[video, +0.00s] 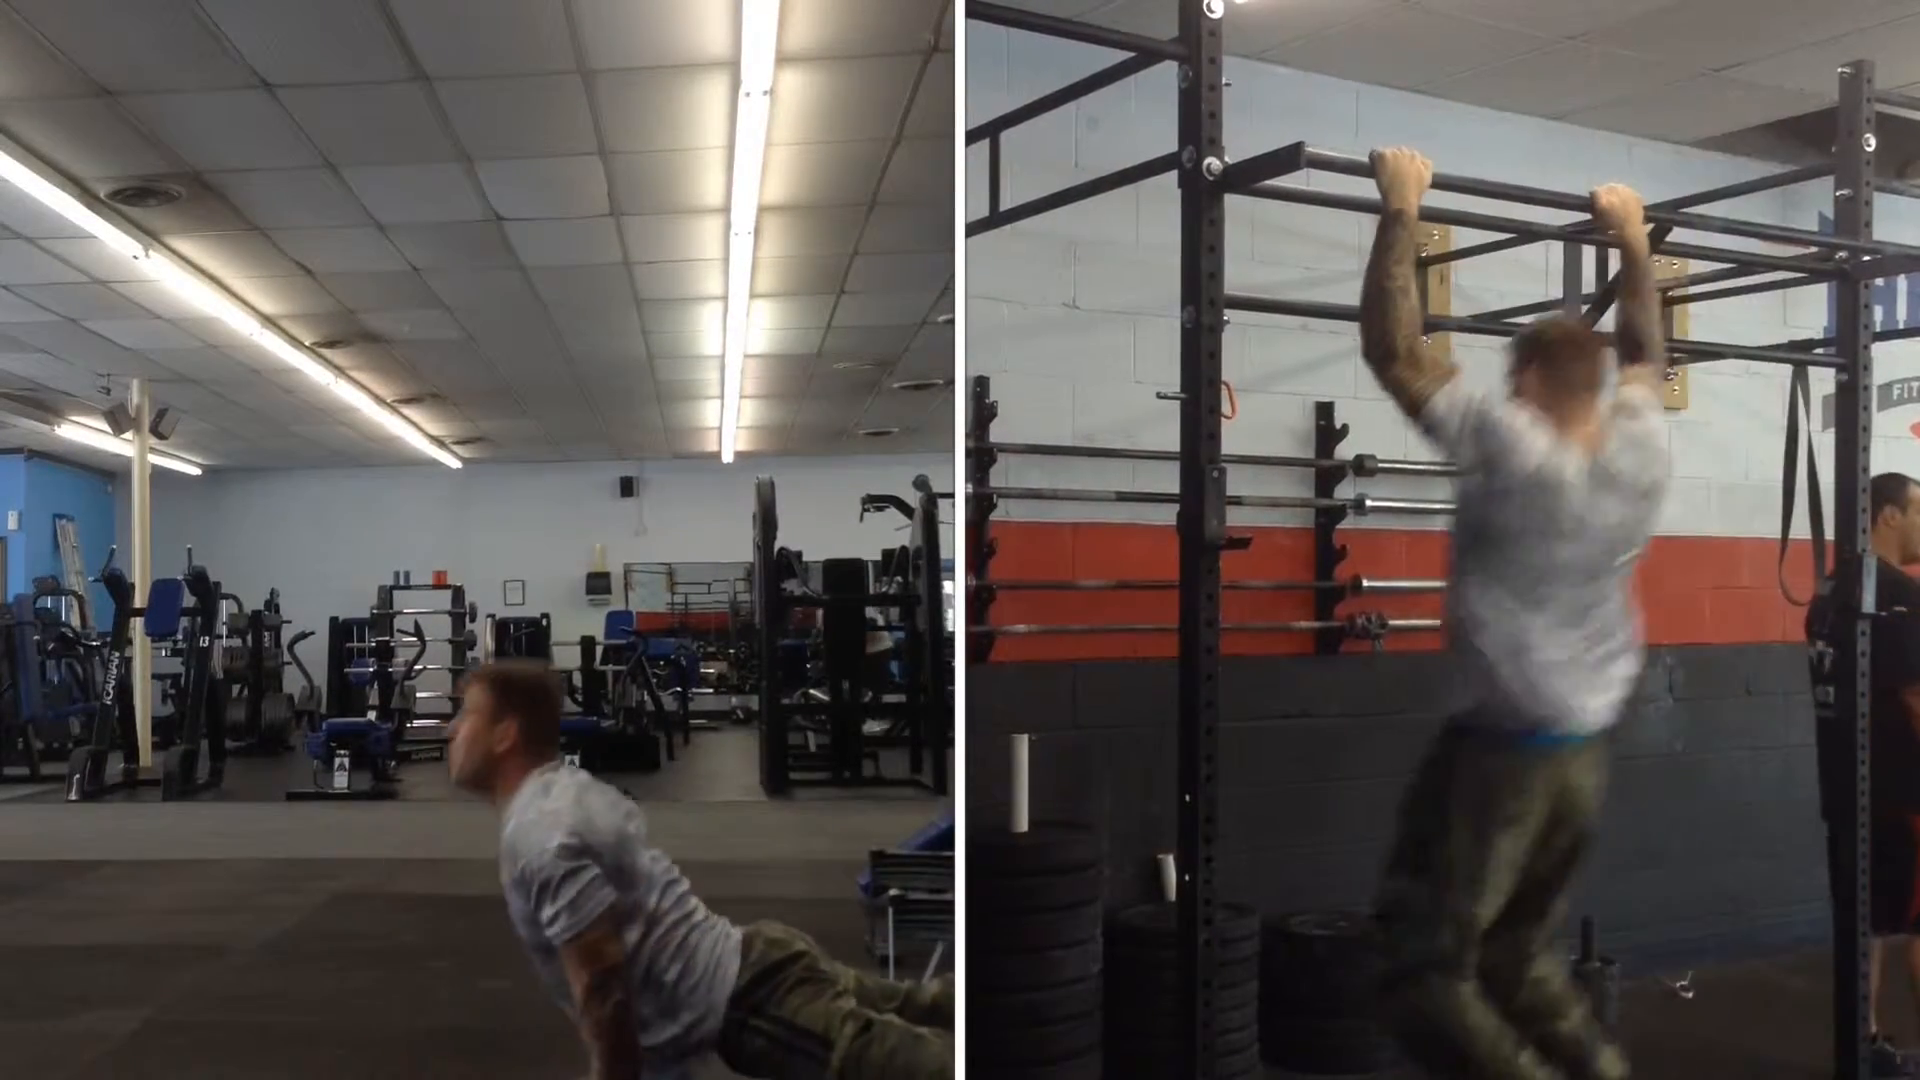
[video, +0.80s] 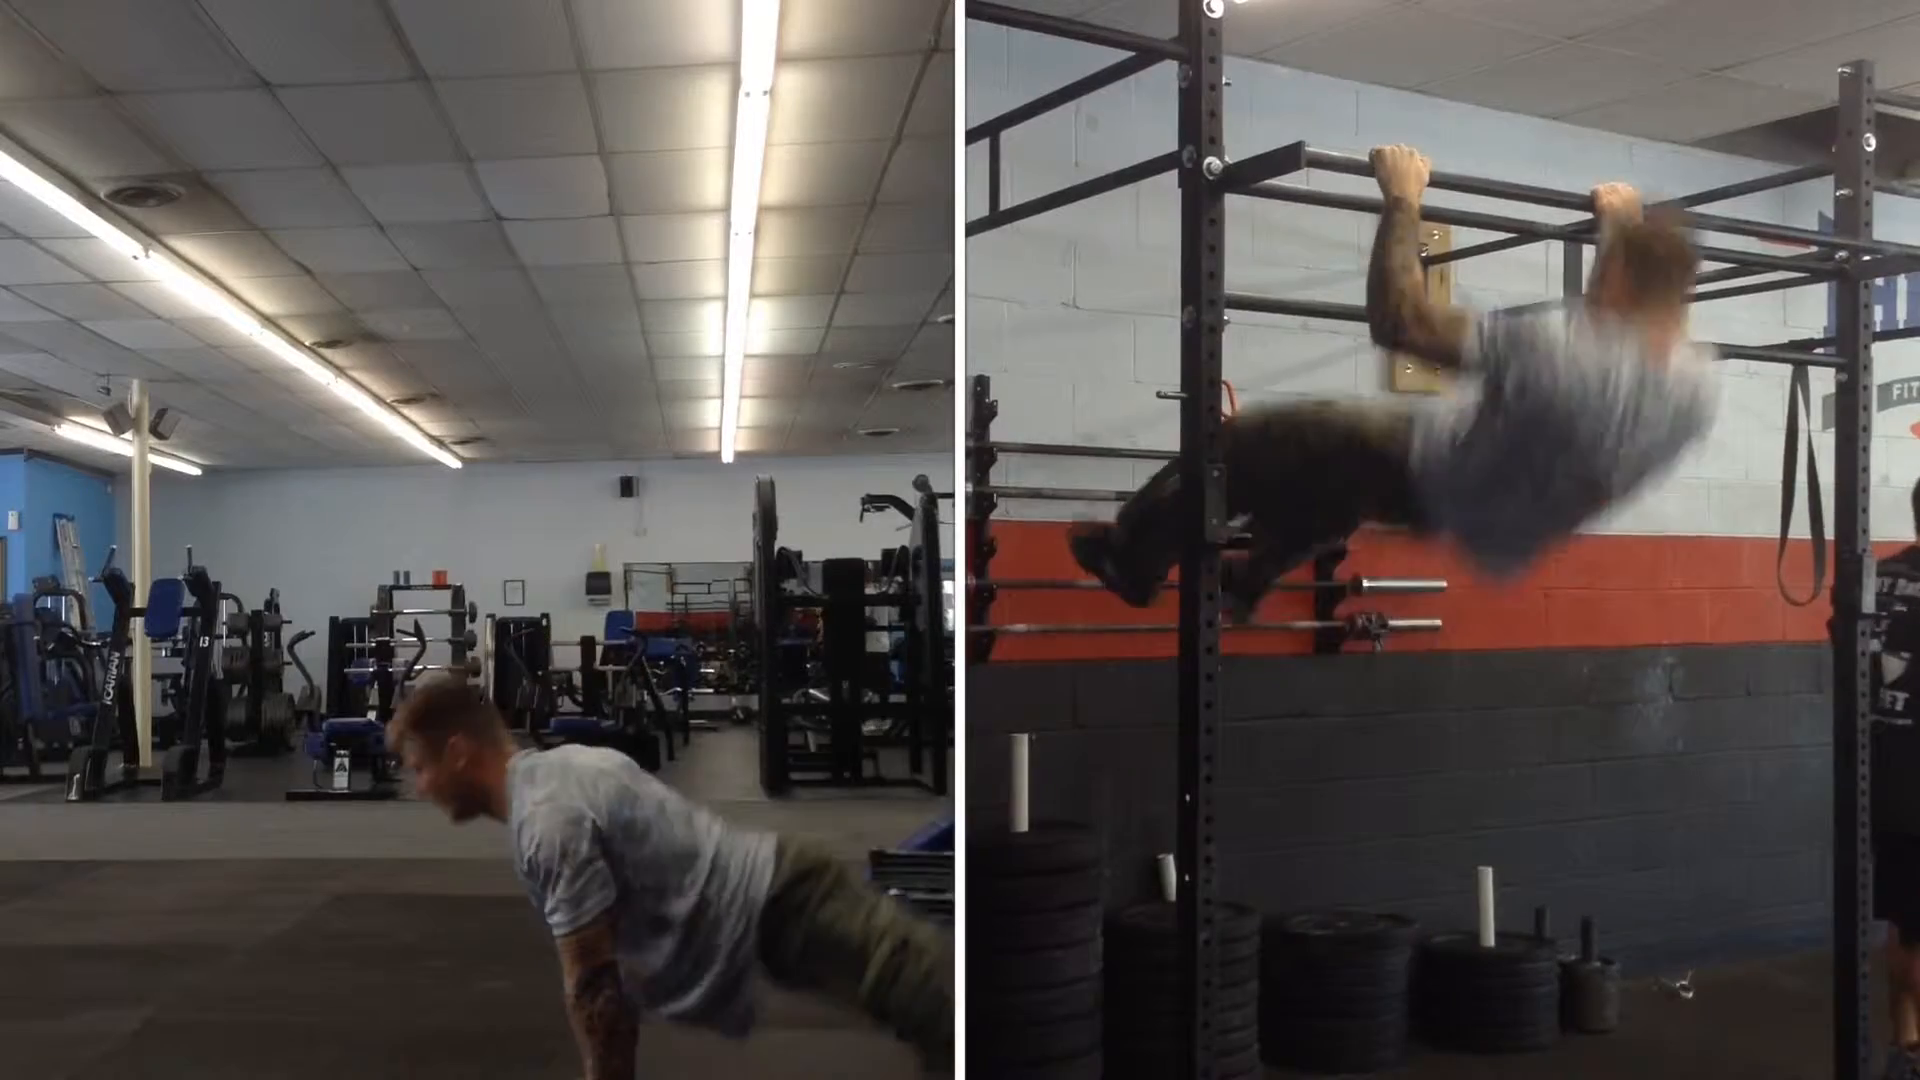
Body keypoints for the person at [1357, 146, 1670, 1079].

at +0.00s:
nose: (1513, 379)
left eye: (1521, 366)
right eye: (1523, 366)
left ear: (1530, 376)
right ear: (1602, 383)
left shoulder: (1506, 445)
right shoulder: (1639, 456)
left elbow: (1392, 352)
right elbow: (1643, 357)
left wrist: (1398, 213)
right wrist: (1635, 245)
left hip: (1500, 755)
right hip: (1585, 760)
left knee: (1424, 967)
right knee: (1518, 960)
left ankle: (1526, 1069)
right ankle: (1601, 1067)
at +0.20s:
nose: (1422, 391)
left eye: (1431, 388)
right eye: (1431, 383)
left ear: (1440, 421)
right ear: (1507, 432)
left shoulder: (1410, 485)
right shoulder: (1524, 502)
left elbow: (1372, 344)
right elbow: (1590, 372)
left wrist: (1394, 217)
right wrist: (1620, 263)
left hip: (1366, 754)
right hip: (1446, 756)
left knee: (1320, 954)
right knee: (1427, 948)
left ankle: (1437, 1070)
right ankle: (1500, 1066)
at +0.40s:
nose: (1423, 409)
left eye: (1433, 400)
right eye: (1436, 399)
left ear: (1444, 419)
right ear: (1507, 430)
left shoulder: (1401, 478)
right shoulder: (1513, 502)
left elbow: (1361, 343)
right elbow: (1576, 372)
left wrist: (1392, 215)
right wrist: (1619, 260)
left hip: (1313, 716)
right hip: (1394, 724)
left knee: (1245, 884)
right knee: (1345, 890)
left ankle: (1323, 1054)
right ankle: (1390, 1053)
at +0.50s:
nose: (1455, 419)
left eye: (1462, 410)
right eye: (1465, 408)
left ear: (1470, 426)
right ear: (1538, 439)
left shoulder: (1429, 488)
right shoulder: (1545, 509)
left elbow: (1366, 353)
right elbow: (1590, 376)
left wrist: (1394, 218)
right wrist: (1621, 259)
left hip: (1338, 713)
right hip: (1409, 719)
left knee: (1200, 714)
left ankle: (1192, 902)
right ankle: (1285, 922)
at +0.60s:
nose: (1500, 418)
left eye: (1509, 408)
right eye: (1510, 407)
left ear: (1521, 430)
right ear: (1583, 435)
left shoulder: (1468, 495)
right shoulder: (1592, 508)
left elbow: (1379, 361)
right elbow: (1606, 380)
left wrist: (1396, 214)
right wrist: (1625, 253)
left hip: (1367, 707)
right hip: (1447, 709)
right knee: (1311, 574)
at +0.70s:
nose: (1560, 373)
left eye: (1568, 363)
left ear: (1572, 379)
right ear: (1643, 401)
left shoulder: (1511, 451)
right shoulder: (1653, 487)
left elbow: (1406, 353)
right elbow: (1636, 375)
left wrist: (1402, 211)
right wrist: (1635, 257)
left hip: (1397, 592)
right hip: (1464, 639)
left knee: (1241, 493)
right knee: (1320, 539)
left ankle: (1122, 547)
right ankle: (1216, 577)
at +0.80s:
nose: (1600, 271)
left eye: (1608, 260)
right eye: (1608, 255)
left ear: (1617, 276)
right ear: (1683, 295)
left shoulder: (1556, 354)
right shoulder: (1698, 392)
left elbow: (1403, 320)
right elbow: (1657, 323)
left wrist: (1402, 203)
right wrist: (1630, 238)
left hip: (1441, 469)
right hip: (1504, 512)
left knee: (1253, 442)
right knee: (1344, 473)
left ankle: (1133, 556)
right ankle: (1247, 574)